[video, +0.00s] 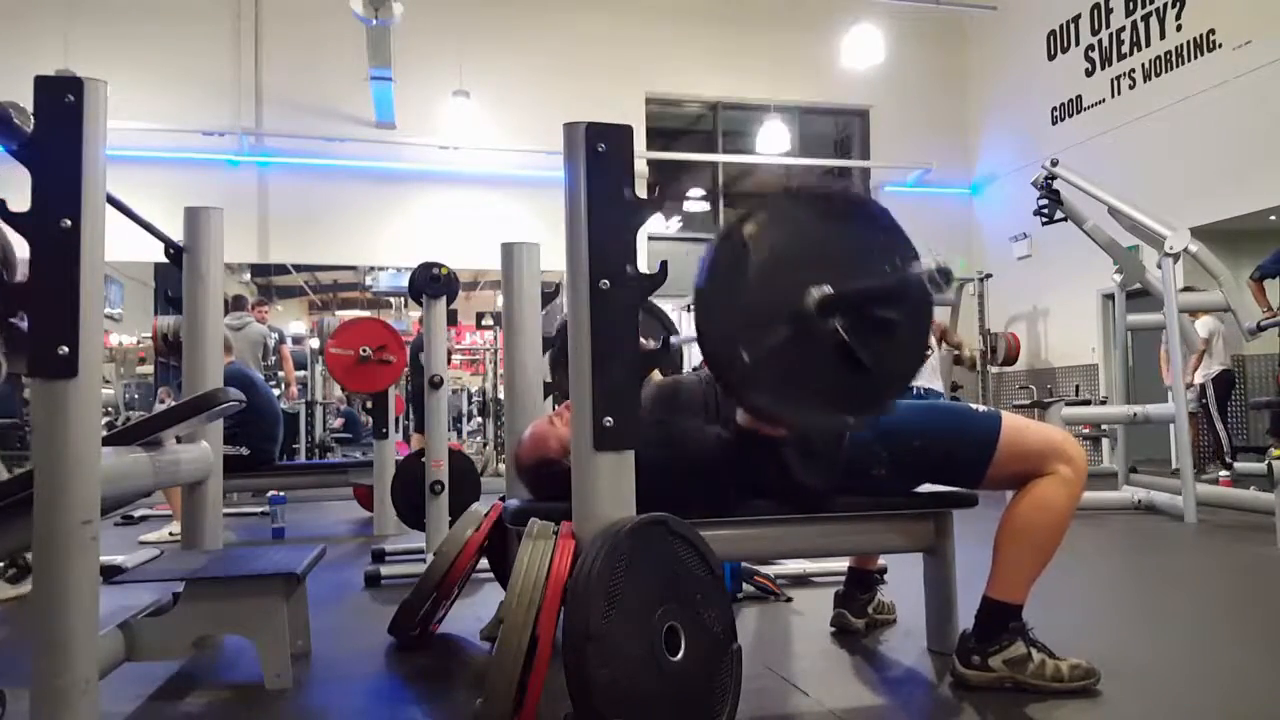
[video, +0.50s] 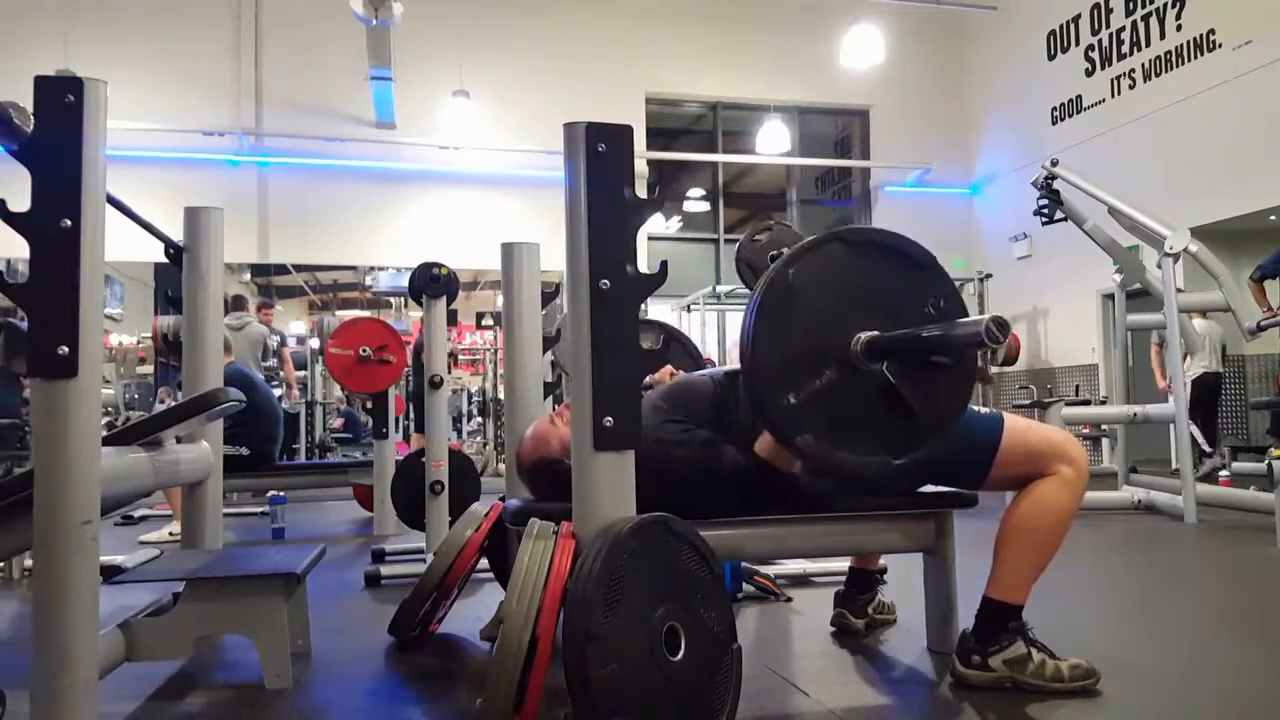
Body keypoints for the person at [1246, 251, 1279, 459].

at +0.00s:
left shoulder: (1277, 255)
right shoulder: (1278, 255)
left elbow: (1254, 279)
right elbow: (1255, 279)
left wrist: (1268, 309)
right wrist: (1267, 309)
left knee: (1277, 393)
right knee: (1278, 393)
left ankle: (1275, 442)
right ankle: (1275, 442)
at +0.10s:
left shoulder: (1277, 256)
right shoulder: (1278, 256)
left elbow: (1254, 279)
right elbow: (1255, 279)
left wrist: (1268, 309)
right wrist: (1267, 309)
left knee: (1278, 394)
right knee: (1278, 393)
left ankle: (1275, 442)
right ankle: (1275, 442)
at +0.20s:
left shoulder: (1277, 256)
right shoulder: (1278, 256)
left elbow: (1254, 279)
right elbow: (1255, 279)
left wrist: (1268, 309)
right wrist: (1268, 309)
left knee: (1278, 395)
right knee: (1278, 394)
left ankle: (1275, 442)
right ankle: (1275, 443)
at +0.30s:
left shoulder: (1277, 256)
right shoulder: (1278, 256)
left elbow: (1254, 279)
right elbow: (1254, 279)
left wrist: (1268, 309)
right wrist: (1267, 309)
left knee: (1277, 397)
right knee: (1278, 396)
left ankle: (1275, 442)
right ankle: (1275, 443)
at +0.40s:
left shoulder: (1277, 256)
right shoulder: (1278, 256)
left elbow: (1254, 279)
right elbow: (1255, 279)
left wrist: (1268, 309)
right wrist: (1268, 309)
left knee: (1278, 396)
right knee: (1278, 395)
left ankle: (1275, 442)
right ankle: (1275, 443)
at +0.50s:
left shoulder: (1277, 256)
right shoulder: (1278, 256)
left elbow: (1254, 279)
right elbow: (1255, 279)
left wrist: (1268, 309)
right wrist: (1268, 309)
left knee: (1277, 396)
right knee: (1278, 395)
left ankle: (1275, 442)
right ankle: (1275, 443)